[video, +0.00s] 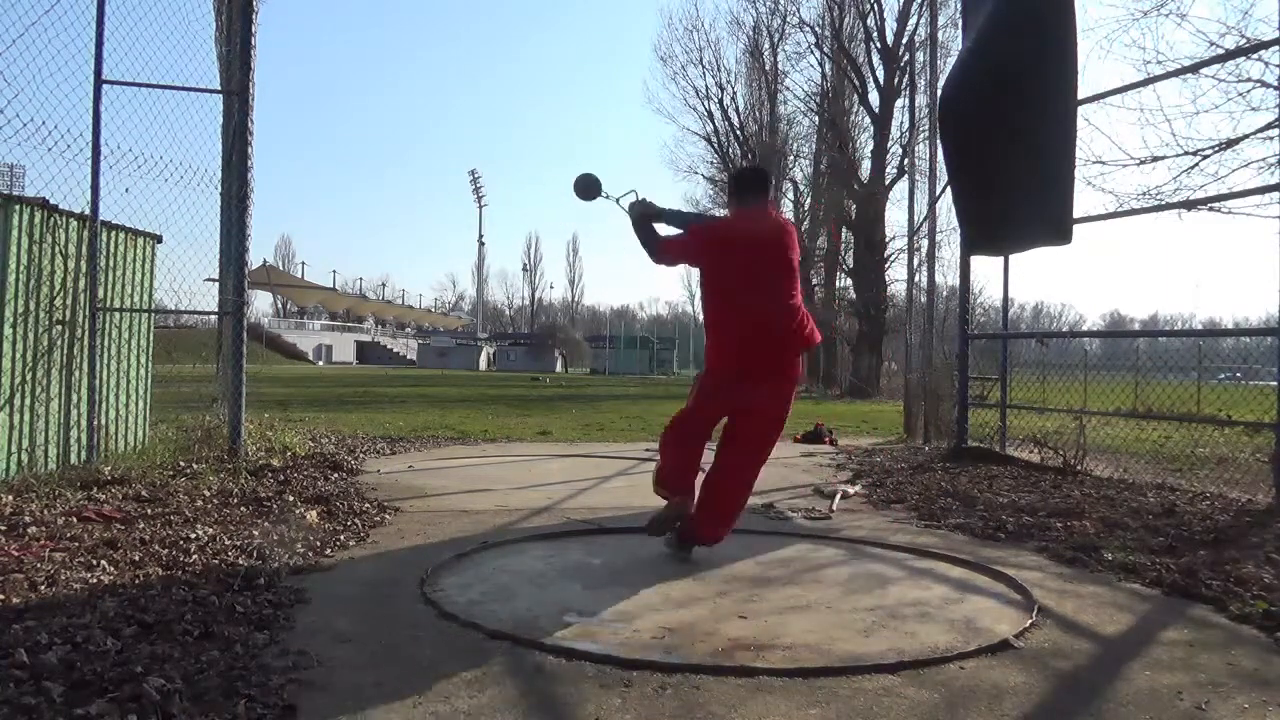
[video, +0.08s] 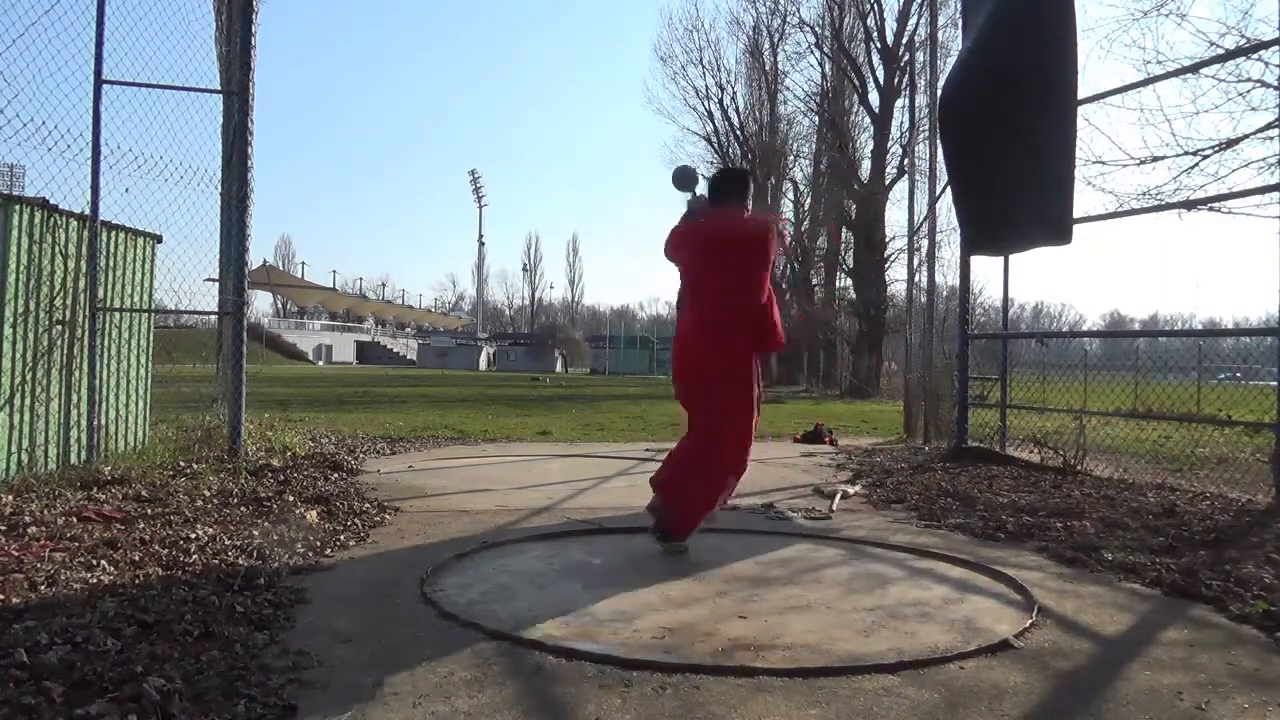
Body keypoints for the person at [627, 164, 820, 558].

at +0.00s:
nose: (736, 205)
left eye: (733, 197)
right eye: (762, 200)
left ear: (730, 198)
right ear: (769, 199)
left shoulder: (715, 236)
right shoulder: (786, 233)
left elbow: (659, 250)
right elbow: (715, 223)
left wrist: (639, 218)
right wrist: (660, 214)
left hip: (730, 363)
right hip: (781, 365)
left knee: (688, 427)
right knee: (743, 455)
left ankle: (679, 498)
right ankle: (695, 535)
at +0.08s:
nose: (750, 203)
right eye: (750, 197)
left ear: (710, 197)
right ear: (746, 199)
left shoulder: (694, 231)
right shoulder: (760, 231)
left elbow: (671, 247)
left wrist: (692, 214)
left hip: (691, 348)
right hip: (735, 352)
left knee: (702, 429)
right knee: (731, 446)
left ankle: (666, 490)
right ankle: (674, 524)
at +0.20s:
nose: (721, 213)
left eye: (720, 205)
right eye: (716, 205)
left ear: (690, 208)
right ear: (697, 207)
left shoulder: (696, 241)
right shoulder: (685, 237)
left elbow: (724, 268)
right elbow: (731, 255)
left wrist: (766, 257)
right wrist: (772, 254)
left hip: (687, 361)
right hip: (659, 362)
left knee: (731, 436)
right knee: (700, 459)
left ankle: (734, 505)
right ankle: (662, 515)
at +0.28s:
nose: (704, 216)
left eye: (702, 210)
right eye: (695, 210)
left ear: (677, 217)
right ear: (673, 217)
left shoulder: (674, 254)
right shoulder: (683, 260)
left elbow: (733, 292)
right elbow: (741, 299)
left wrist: (776, 302)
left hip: (686, 367)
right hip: (657, 370)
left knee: (724, 440)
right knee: (682, 447)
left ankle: (737, 518)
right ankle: (673, 524)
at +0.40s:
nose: (709, 223)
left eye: (717, 216)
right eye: (705, 216)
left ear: (731, 224)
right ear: (697, 222)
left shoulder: (745, 266)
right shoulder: (675, 258)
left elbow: (748, 320)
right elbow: (680, 306)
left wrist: (726, 356)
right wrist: (713, 354)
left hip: (720, 366)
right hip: (672, 363)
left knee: (727, 443)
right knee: (659, 446)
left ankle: (744, 517)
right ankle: (671, 521)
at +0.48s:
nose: (751, 201)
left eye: (763, 203)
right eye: (756, 198)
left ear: (772, 227)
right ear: (745, 208)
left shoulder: (753, 259)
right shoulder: (713, 248)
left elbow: (706, 302)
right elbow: (676, 283)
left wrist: (645, 318)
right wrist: (641, 310)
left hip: (728, 366)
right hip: (690, 361)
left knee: (711, 450)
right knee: (656, 436)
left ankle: (755, 510)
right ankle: (684, 524)